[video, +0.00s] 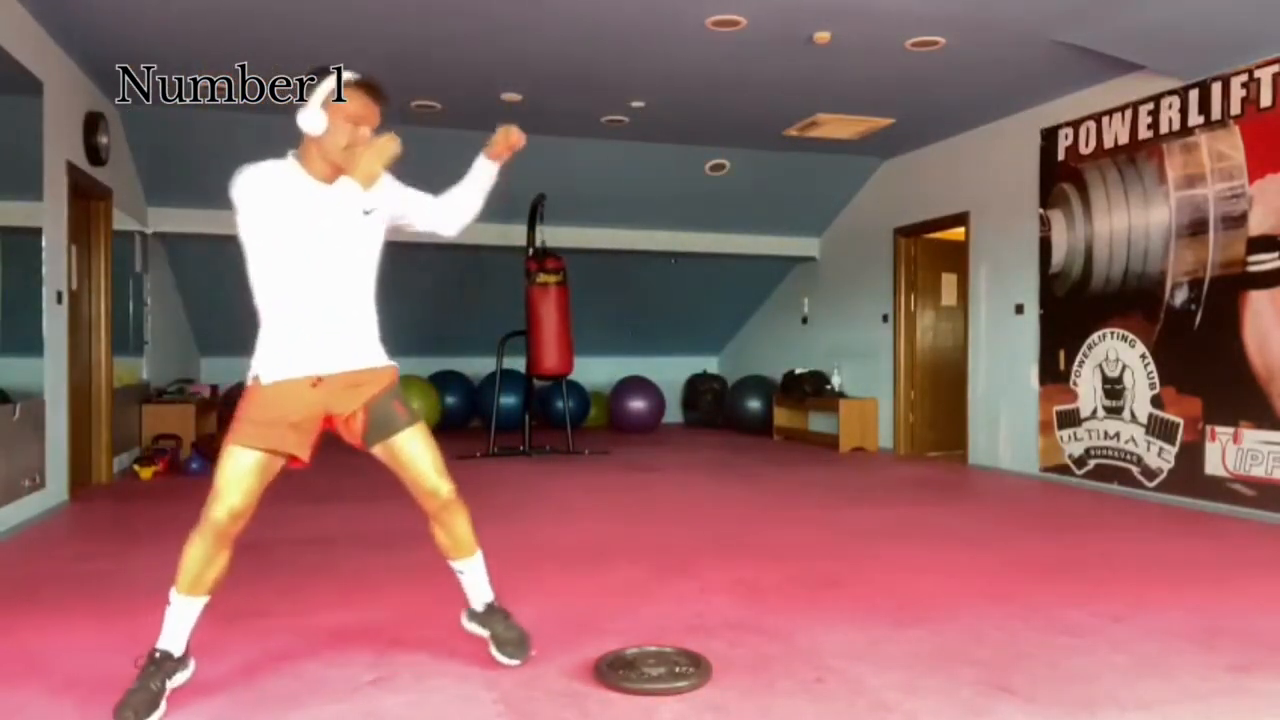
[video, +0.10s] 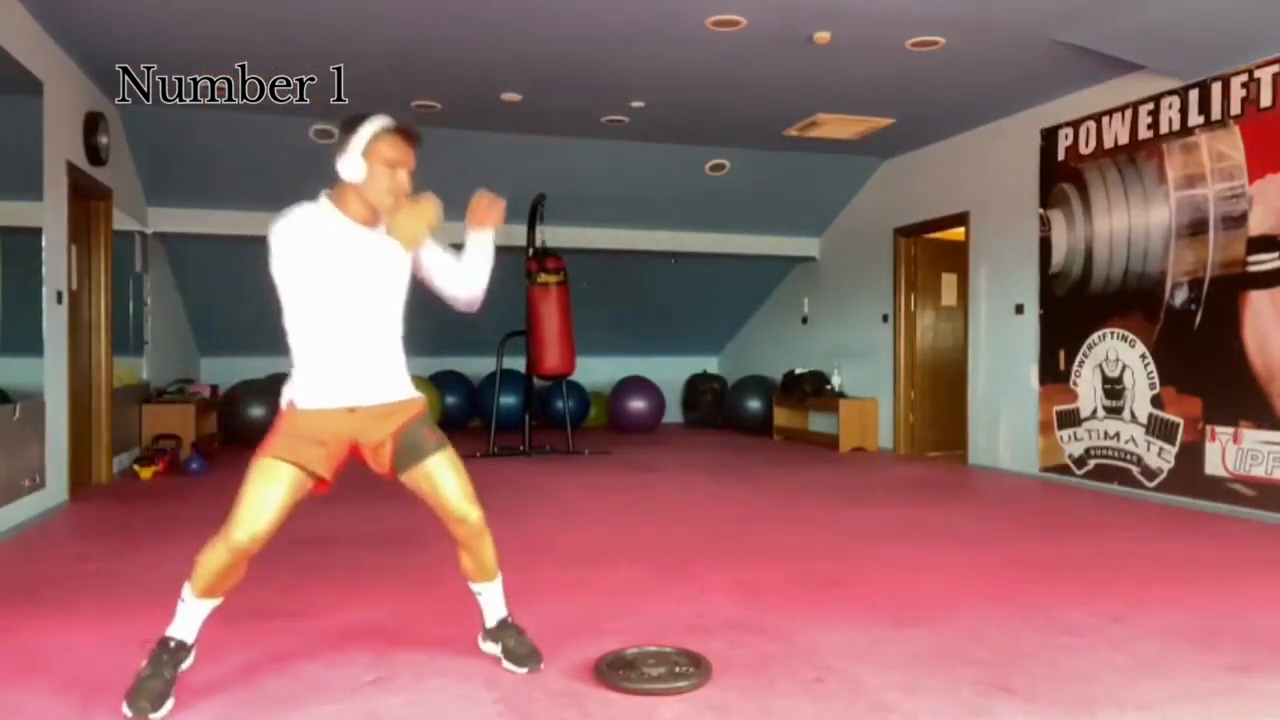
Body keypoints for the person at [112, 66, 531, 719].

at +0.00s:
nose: (365, 142)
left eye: (373, 132)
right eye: (355, 127)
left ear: (375, 134)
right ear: (315, 120)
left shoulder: (375, 191)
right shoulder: (255, 184)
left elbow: (447, 217)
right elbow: (295, 233)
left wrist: (490, 161)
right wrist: (367, 173)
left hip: (366, 376)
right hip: (279, 384)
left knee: (440, 492)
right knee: (222, 516)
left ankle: (485, 607)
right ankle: (168, 654)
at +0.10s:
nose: (405, 184)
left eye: (410, 172)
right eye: (394, 168)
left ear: (408, 177)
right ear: (355, 165)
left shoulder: (401, 232)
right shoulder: (294, 229)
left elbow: (465, 292)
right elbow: (342, 298)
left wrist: (481, 234)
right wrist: (406, 233)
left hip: (395, 410)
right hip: (312, 415)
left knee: (468, 516)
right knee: (241, 536)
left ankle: (499, 624)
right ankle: (175, 645)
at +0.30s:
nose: (399, 199)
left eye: (404, 188)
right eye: (387, 183)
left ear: (406, 193)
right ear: (347, 180)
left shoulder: (398, 252)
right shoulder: (290, 248)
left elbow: (437, 330)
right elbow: (320, 314)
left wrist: (475, 299)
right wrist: (392, 252)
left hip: (396, 425)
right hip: (315, 432)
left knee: (477, 527)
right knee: (243, 556)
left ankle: (499, 628)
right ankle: (183, 657)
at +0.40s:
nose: (366, 144)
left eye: (373, 134)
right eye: (354, 127)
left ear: (377, 138)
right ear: (317, 124)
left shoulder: (371, 194)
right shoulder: (256, 189)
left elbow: (420, 270)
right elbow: (296, 246)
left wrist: (454, 218)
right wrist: (367, 185)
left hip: (364, 382)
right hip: (276, 388)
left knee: (437, 499)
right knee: (207, 516)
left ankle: (489, 615)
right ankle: (156, 646)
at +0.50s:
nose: (342, 116)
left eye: (346, 105)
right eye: (332, 100)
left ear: (341, 112)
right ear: (286, 98)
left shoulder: (341, 177)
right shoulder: (223, 168)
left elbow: (402, 249)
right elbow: (257, 230)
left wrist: (428, 188)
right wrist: (334, 167)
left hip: (329, 367)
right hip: (241, 372)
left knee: (407, 483)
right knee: (179, 507)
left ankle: (439, 598)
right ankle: (129, 644)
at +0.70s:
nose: (280, 163)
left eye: (289, 153)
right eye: (269, 147)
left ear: (293, 160)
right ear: (228, 148)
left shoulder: (285, 227)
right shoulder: (164, 219)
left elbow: (316, 319)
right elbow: (193, 301)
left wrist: (352, 268)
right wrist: (274, 237)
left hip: (275, 412)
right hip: (187, 417)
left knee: (349, 528)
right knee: (137, 552)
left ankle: (324, 629)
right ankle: (111, 671)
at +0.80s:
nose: (288, 143)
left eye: (297, 132)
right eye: (277, 126)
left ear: (302, 136)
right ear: (237, 121)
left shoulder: (295, 198)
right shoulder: (172, 189)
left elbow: (331, 290)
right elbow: (204, 263)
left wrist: (368, 237)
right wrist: (285, 198)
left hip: (284, 389)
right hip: (194, 397)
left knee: (358, 509)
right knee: (148, 538)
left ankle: (343, 614)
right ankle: (113, 666)